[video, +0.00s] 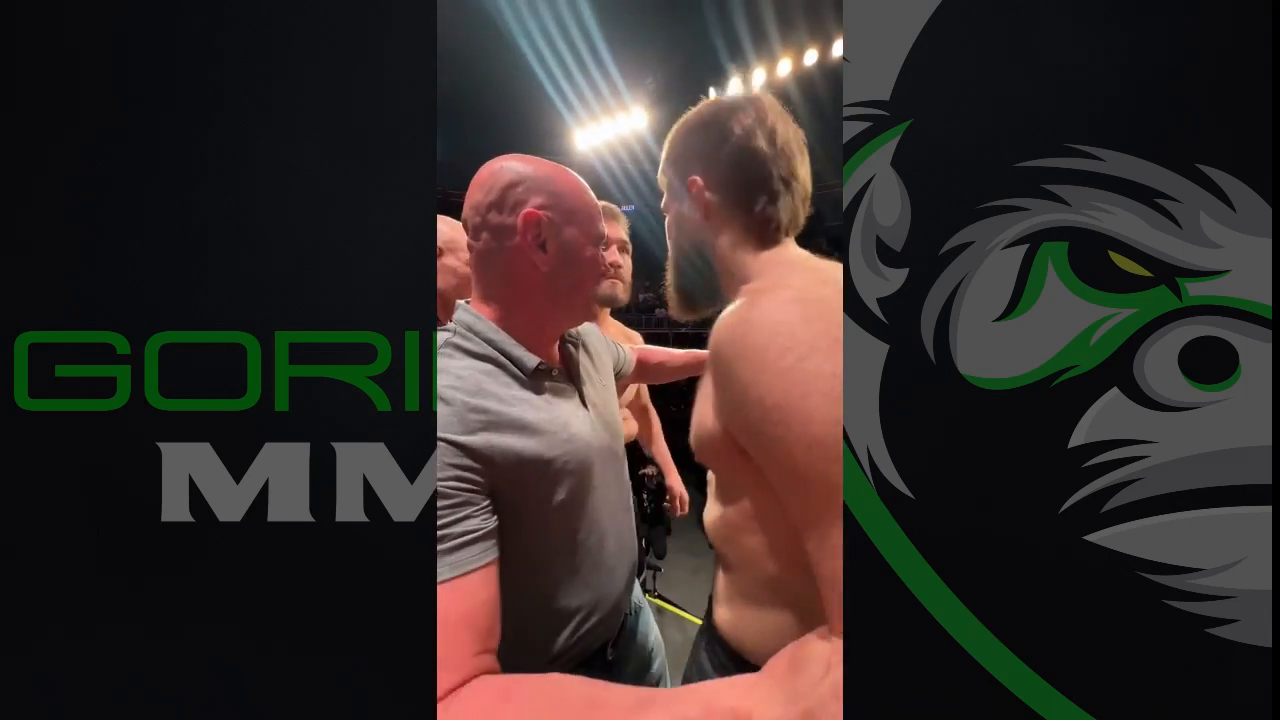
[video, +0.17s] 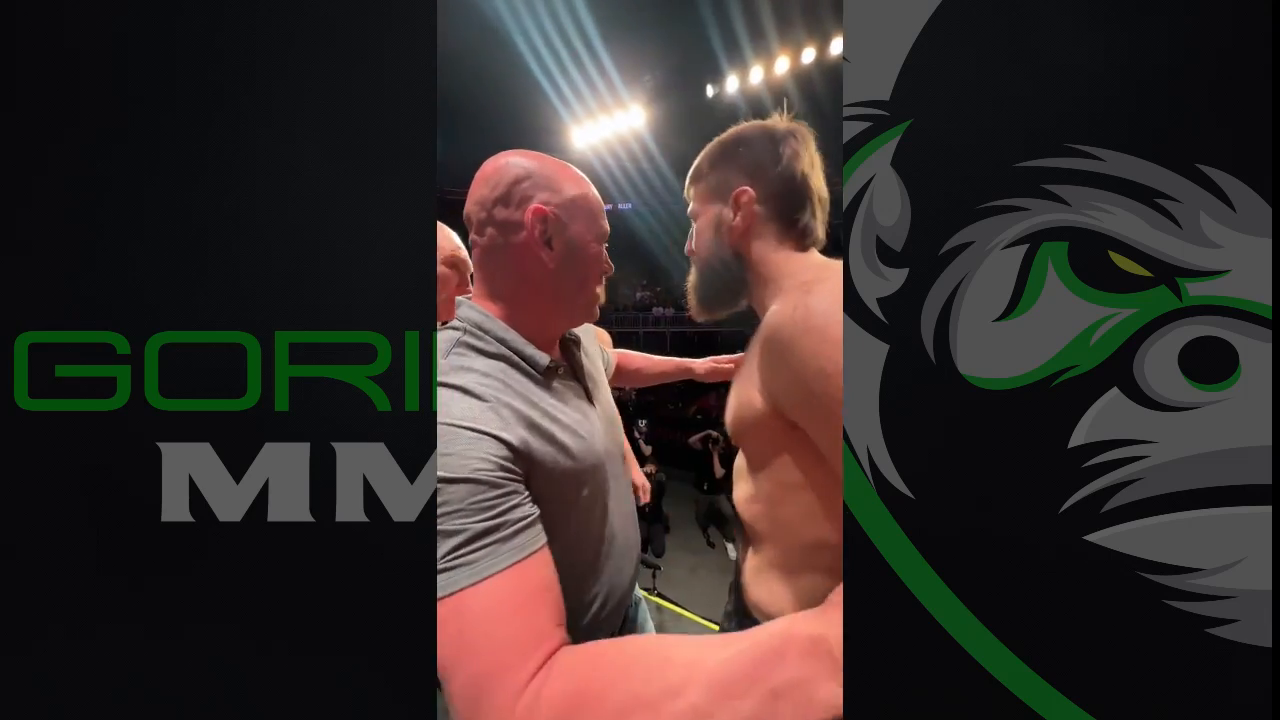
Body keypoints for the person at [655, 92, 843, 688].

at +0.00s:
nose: (665, 223)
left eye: (667, 201)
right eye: (663, 204)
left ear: (698, 196)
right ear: (780, 189)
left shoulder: (759, 328)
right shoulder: (833, 280)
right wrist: (683, 364)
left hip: (758, 672)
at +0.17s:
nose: (609, 265)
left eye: (606, 244)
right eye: (600, 243)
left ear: (543, 232)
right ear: (542, 231)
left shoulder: (570, 340)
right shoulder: (455, 432)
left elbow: (616, 363)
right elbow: (519, 695)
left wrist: (697, 368)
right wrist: (825, 647)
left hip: (625, 611)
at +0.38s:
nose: (601, 266)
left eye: (598, 242)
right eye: (593, 240)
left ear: (537, 231)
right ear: (538, 230)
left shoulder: (536, 337)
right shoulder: (458, 430)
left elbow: (580, 364)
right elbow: (583, 683)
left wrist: (663, 375)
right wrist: (850, 601)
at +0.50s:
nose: (599, 265)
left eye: (597, 242)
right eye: (592, 238)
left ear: (539, 229)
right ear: (541, 228)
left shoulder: (520, 335)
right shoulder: (459, 407)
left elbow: (571, 366)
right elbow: (594, 672)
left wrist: (658, 380)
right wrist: (860, 586)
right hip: (493, 698)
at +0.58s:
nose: (601, 270)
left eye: (601, 248)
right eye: (596, 244)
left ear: (544, 229)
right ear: (546, 228)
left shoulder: (530, 336)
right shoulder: (462, 401)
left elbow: (569, 369)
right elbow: (594, 662)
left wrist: (654, 384)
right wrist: (856, 591)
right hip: (489, 698)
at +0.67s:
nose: (607, 271)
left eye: (606, 250)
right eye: (602, 248)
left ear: (551, 234)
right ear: (551, 234)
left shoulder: (539, 338)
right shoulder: (468, 400)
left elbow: (573, 372)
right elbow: (580, 665)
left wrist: (647, 388)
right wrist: (848, 601)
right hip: (507, 688)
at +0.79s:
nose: (619, 276)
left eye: (619, 259)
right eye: (613, 258)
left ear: (567, 250)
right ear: (568, 250)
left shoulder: (553, 339)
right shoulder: (486, 402)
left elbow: (582, 378)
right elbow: (559, 662)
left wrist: (638, 393)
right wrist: (841, 619)